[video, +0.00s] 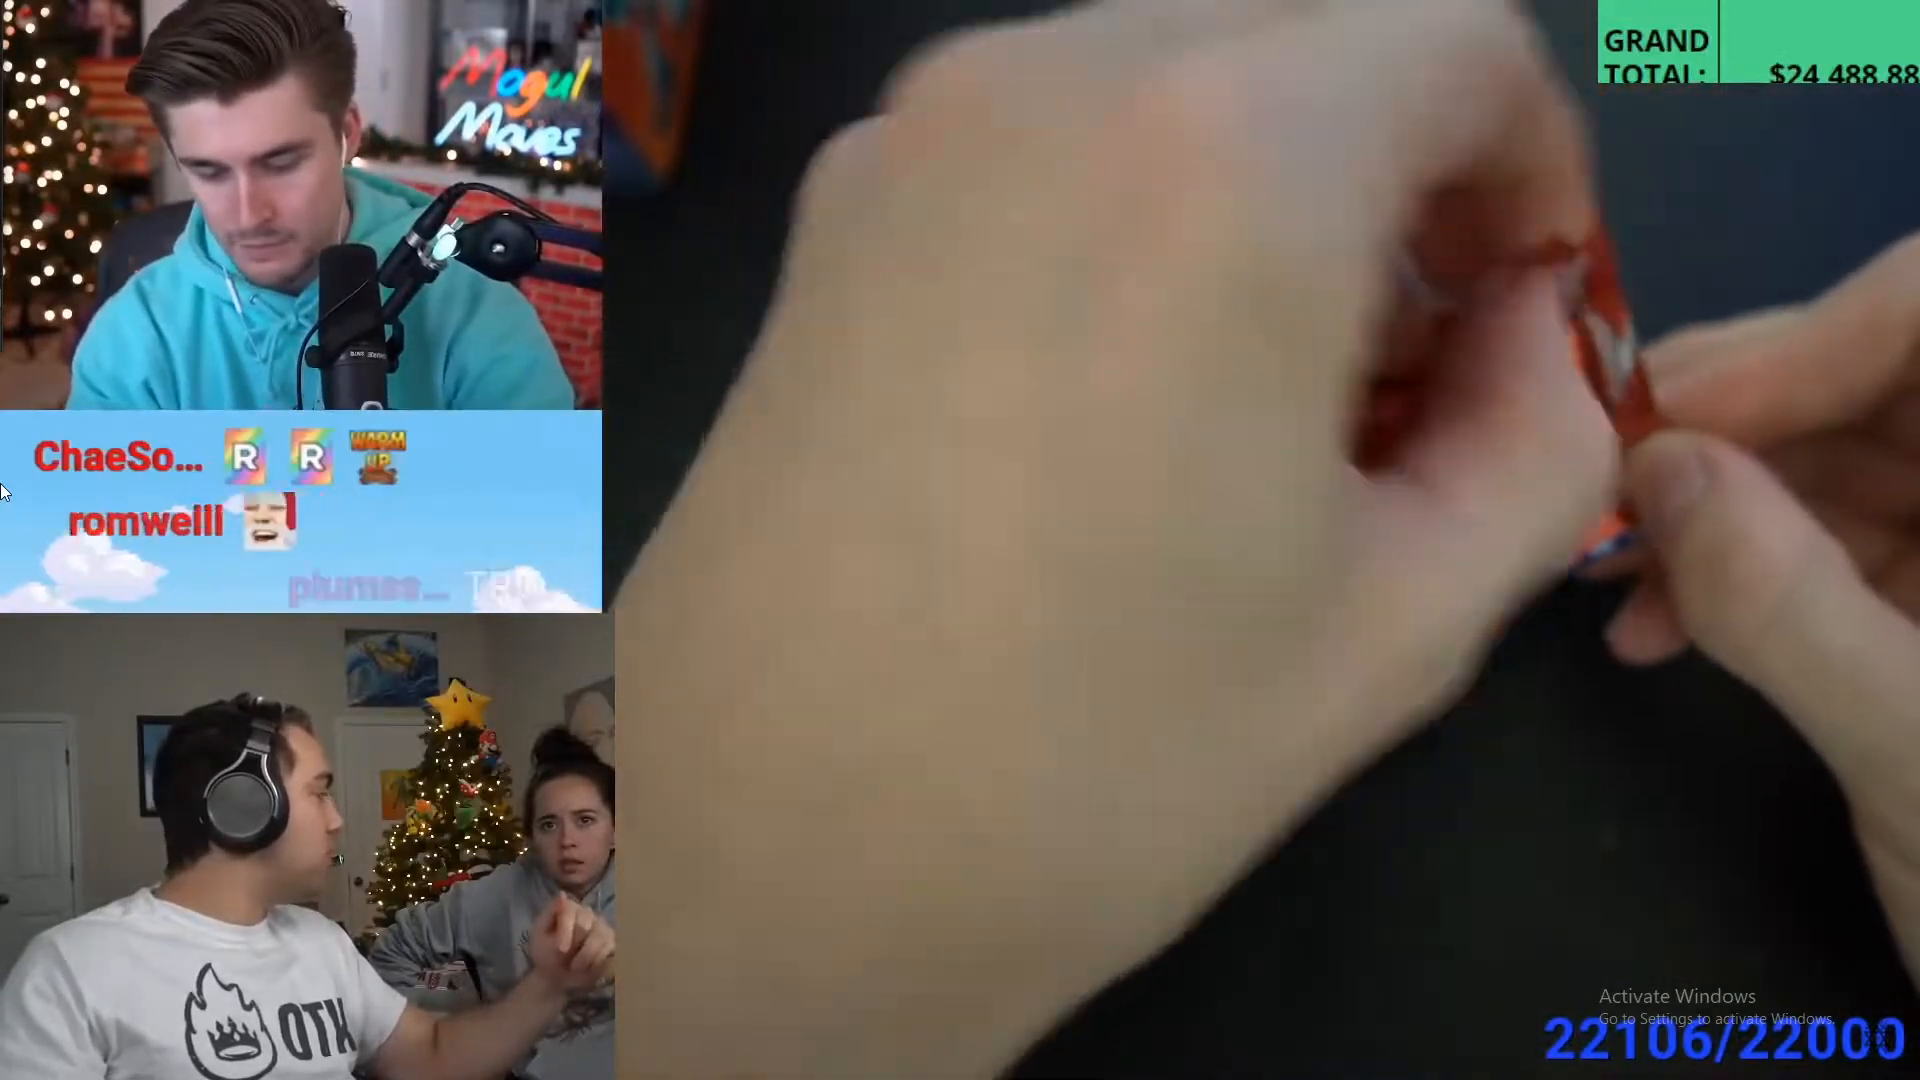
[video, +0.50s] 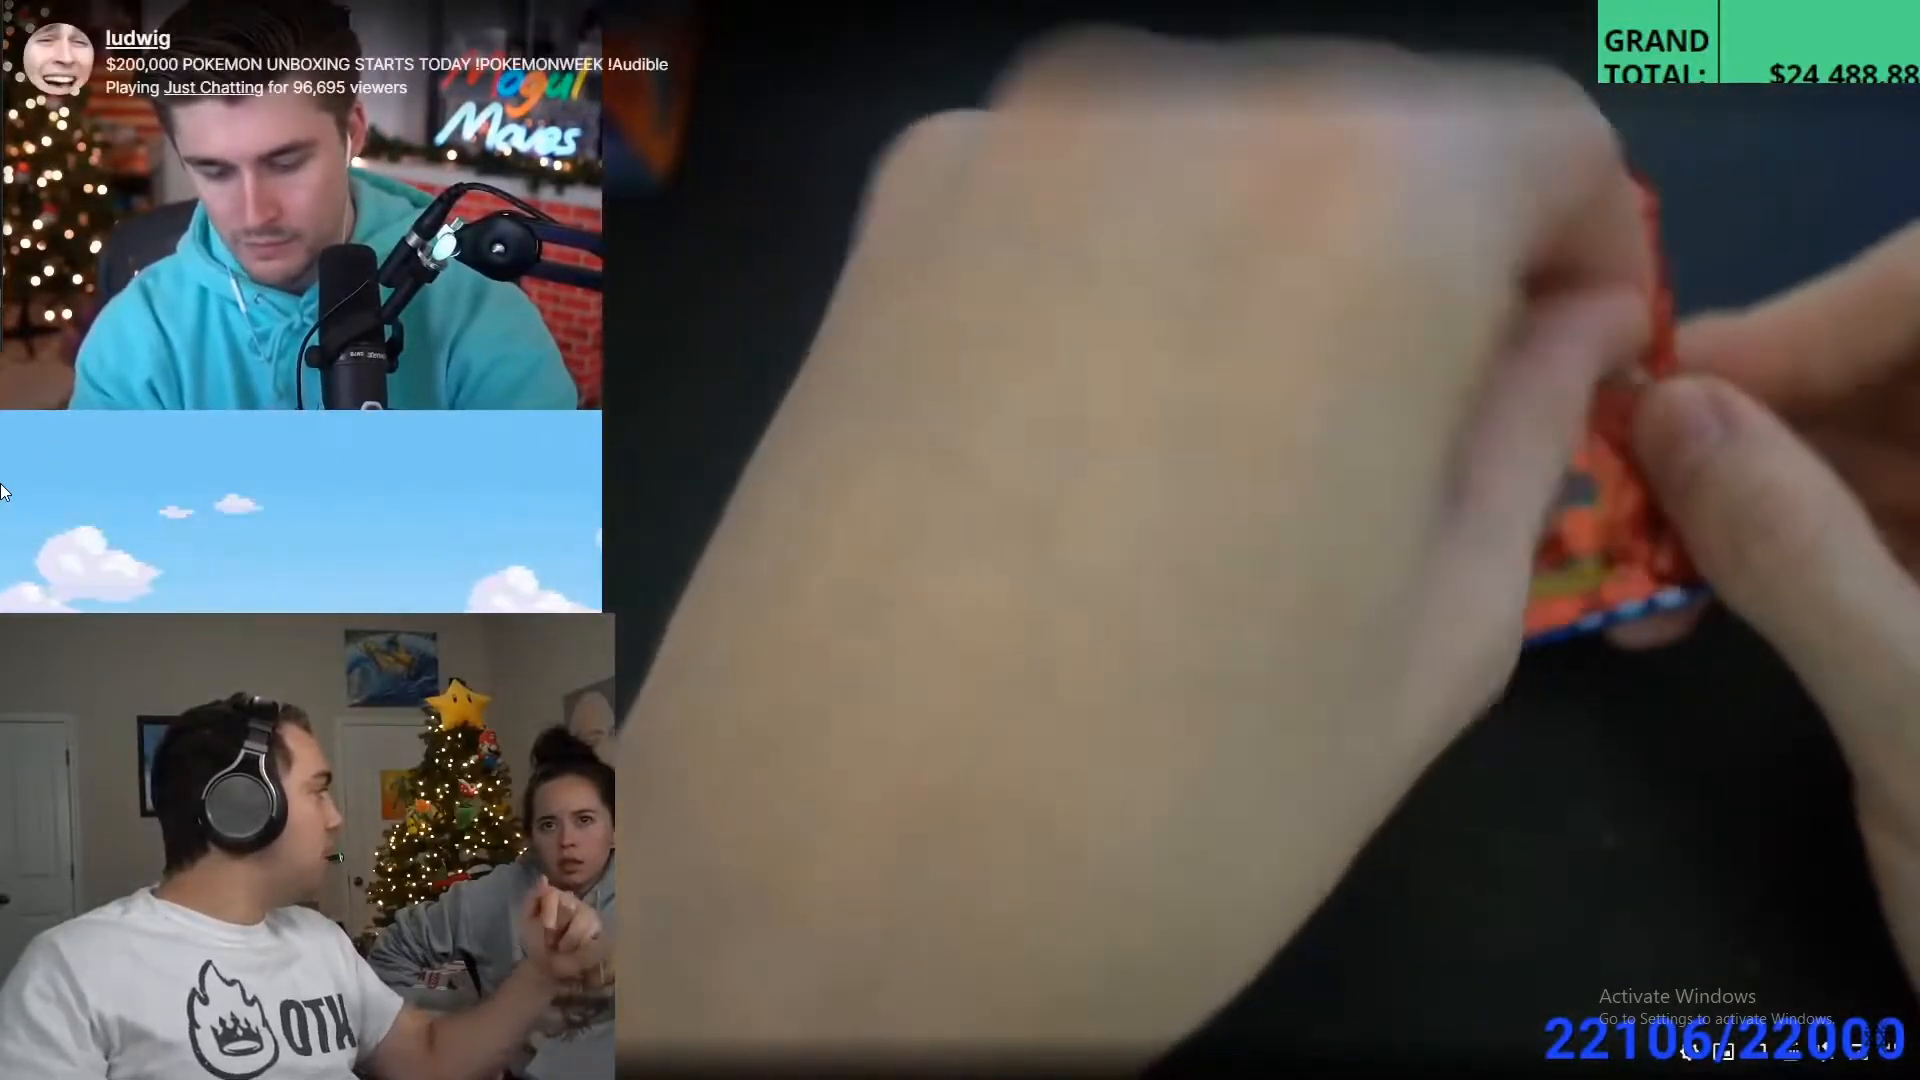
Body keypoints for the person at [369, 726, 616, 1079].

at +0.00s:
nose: (567, 842)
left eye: (585, 821)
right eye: (549, 825)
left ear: (615, 829)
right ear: (531, 836)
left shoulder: (642, 895)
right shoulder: (493, 898)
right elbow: (389, 956)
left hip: (618, 1069)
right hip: (530, 1071)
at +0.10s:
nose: (567, 842)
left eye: (585, 821)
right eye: (549, 825)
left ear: (615, 828)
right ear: (531, 836)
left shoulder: (643, 895)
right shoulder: (493, 898)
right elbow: (389, 956)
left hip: (619, 1068)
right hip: (531, 1071)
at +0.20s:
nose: (567, 842)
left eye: (585, 821)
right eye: (549, 825)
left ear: (615, 828)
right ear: (531, 836)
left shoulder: (644, 894)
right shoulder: (493, 898)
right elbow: (392, 952)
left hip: (620, 1069)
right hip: (526, 1071)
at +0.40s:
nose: (567, 842)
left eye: (585, 821)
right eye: (548, 825)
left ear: (615, 828)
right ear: (531, 836)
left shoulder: (642, 893)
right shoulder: (491, 899)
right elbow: (389, 956)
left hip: (615, 1069)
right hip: (528, 1071)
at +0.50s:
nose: (567, 842)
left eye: (585, 821)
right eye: (548, 825)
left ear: (615, 828)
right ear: (530, 836)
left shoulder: (641, 897)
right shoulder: (491, 898)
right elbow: (388, 958)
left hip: (609, 1070)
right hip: (522, 1072)